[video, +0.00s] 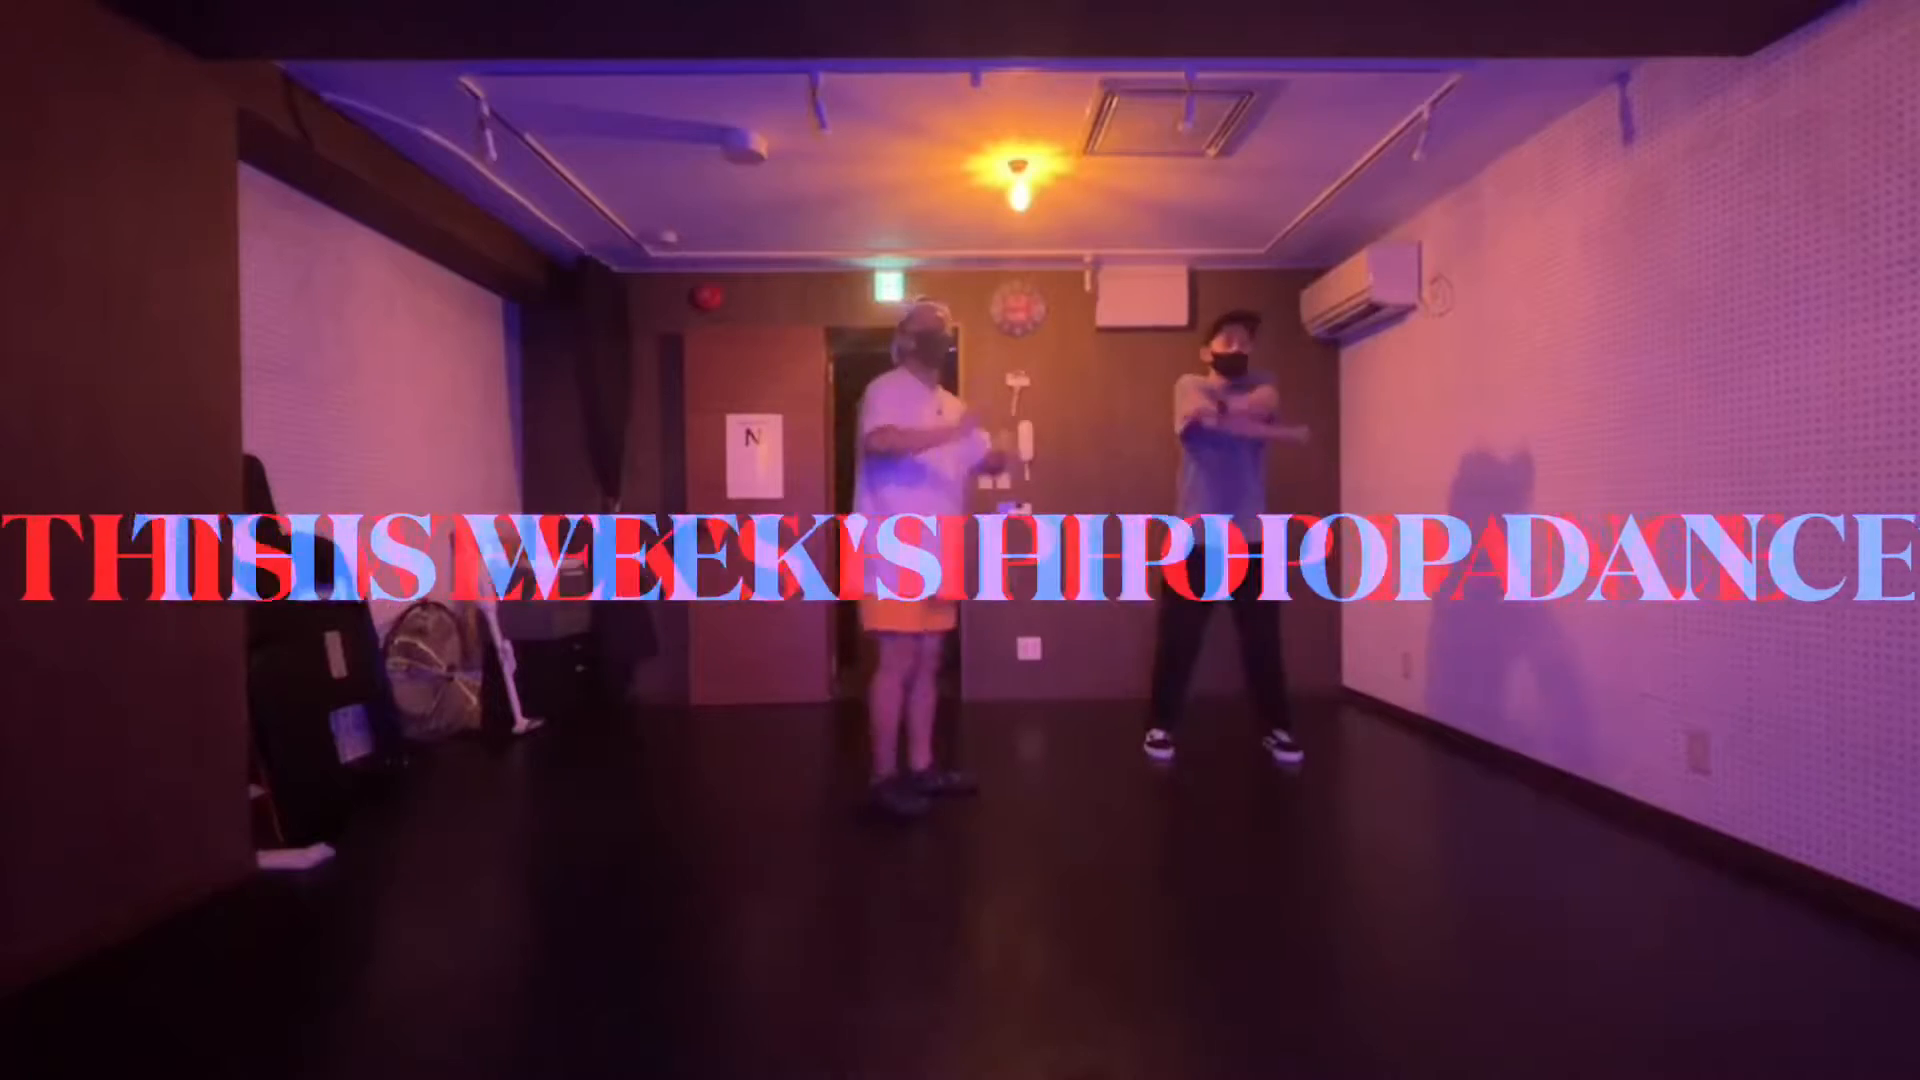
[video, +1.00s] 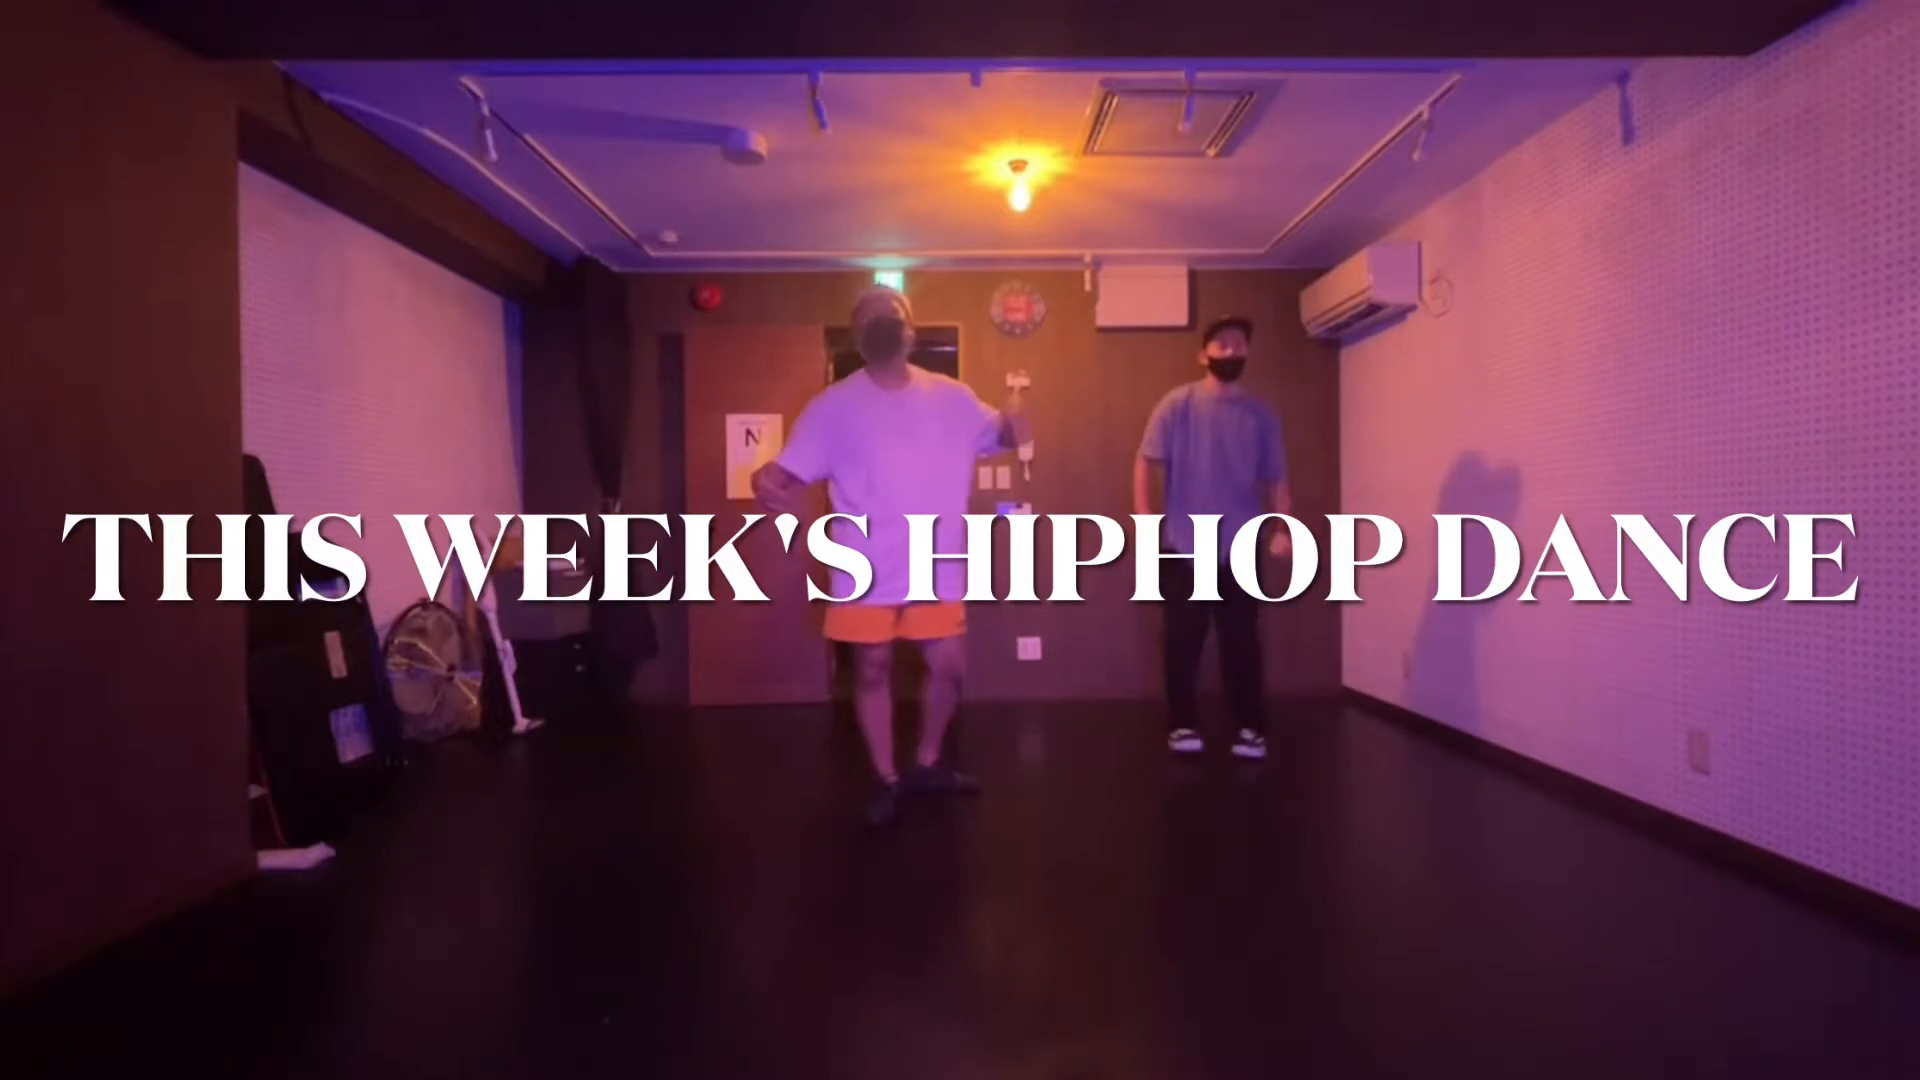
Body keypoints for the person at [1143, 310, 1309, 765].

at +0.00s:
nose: (1233, 349)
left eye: (1241, 343)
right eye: (1226, 341)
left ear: (1252, 351)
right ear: (1208, 347)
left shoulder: (1262, 389)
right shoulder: (1190, 385)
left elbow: (1261, 408)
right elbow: (1200, 421)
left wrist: (1215, 399)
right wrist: (1276, 432)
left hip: (1249, 532)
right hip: (1196, 533)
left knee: (1262, 636)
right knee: (1179, 634)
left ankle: (1275, 727)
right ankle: (1161, 726)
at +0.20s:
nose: (1232, 362)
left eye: (1239, 355)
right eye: (1223, 355)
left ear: (1249, 362)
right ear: (1205, 363)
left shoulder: (1262, 407)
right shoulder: (1188, 404)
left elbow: (1281, 446)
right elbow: (1187, 450)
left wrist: (1270, 447)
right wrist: (1226, 482)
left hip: (1250, 542)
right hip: (1199, 541)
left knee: (1264, 636)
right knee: (1184, 635)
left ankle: (1277, 728)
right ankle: (1161, 727)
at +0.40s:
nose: (1228, 386)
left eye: (1236, 379)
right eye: (1219, 378)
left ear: (1246, 388)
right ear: (1200, 390)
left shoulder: (1262, 437)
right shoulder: (1179, 438)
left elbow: (1313, 459)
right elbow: (1134, 468)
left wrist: (1346, 471)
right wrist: (1138, 495)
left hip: (1249, 575)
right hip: (1192, 575)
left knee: (1281, 654)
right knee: (1181, 652)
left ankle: (1277, 729)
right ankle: (1162, 728)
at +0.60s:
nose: (1225, 392)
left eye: (1233, 385)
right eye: (1216, 384)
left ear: (1243, 393)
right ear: (1199, 396)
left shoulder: (1267, 443)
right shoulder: (1176, 444)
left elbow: (1320, 483)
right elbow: (1129, 483)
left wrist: (1345, 508)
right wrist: (1118, 528)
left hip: (1251, 581)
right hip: (1187, 582)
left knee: (1300, 649)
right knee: (1163, 654)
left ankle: (1269, 734)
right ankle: (1170, 735)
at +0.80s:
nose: (1228, 365)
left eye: (1236, 358)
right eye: (1219, 357)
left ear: (1245, 366)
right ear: (1200, 366)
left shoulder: (1259, 422)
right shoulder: (1176, 419)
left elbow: (1283, 486)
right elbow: (1148, 480)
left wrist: (1290, 540)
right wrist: (1145, 543)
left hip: (1245, 559)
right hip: (1185, 559)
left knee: (1273, 639)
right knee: (1171, 646)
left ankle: (1268, 732)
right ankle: (1172, 732)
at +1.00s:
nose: (1231, 352)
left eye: (1239, 345)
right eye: (1222, 344)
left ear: (1249, 355)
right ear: (1204, 353)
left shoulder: (1261, 414)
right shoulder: (1176, 404)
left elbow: (1277, 480)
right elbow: (1146, 465)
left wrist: (1282, 532)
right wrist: (1146, 525)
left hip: (1240, 545)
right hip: (1183, 544)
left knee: (1242, 637)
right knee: (1183, 636)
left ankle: (1249, 726)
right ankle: (1182, 725)